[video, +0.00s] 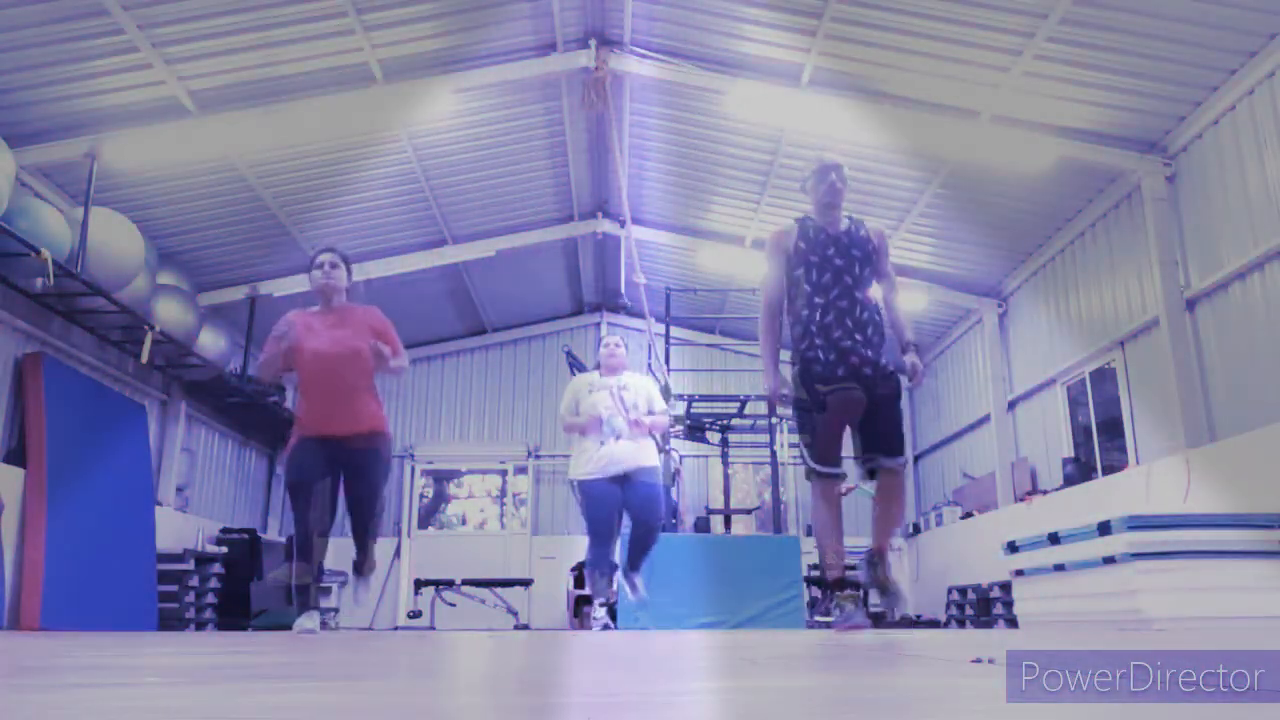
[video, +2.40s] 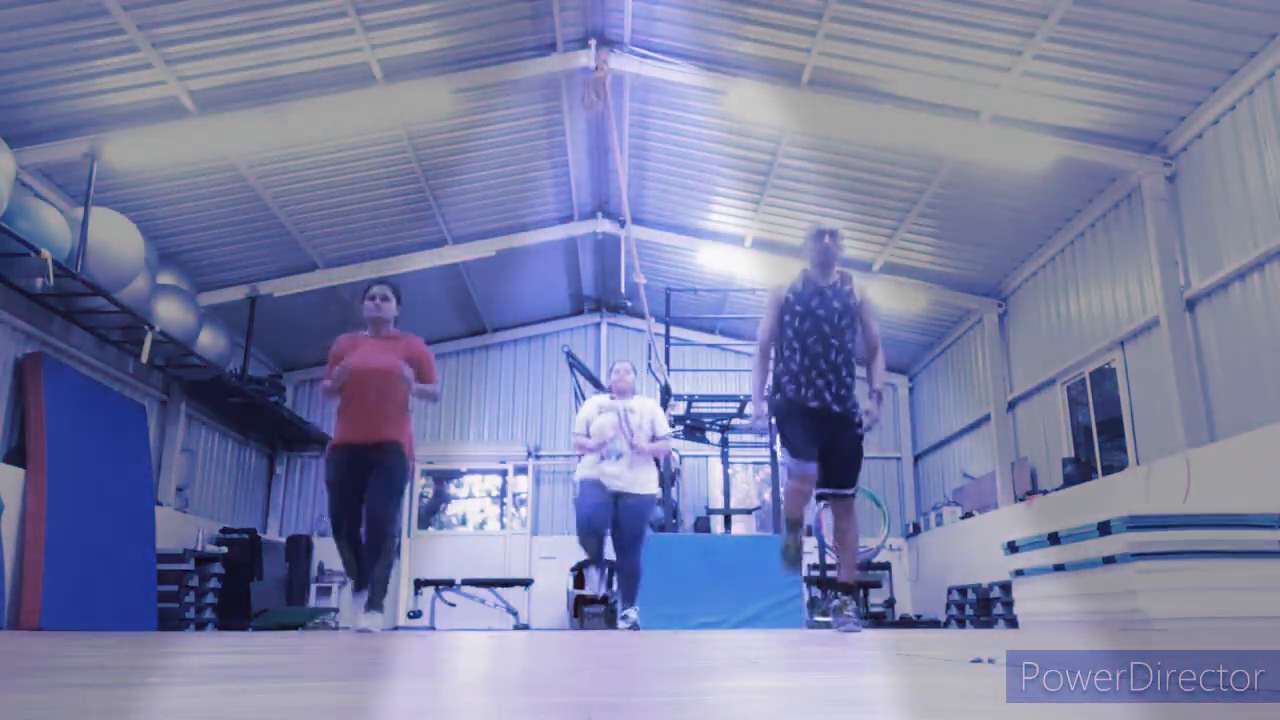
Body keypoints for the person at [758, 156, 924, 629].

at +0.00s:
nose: (833, 183)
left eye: (839, 178)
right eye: (824, 178)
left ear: (847, 188)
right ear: (808, 189)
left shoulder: (871, 237)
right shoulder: (787, 238)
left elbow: (891, 298)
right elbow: (771, 307)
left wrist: (907, 345)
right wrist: (771, 371)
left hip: (875, 361)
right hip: (818, 363)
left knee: (891, 468)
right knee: (827, 479)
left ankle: (879, 562)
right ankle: (838, 592)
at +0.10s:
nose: (832, 203)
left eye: (838, 196)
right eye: (823, 196)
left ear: (846, 205)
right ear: (807, 205)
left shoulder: (867, 253)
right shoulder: (790, 254)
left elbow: (885, 316)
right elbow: (773, 323)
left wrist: (908, 374)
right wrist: (776, 386)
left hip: (873, 373)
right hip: (820, 377)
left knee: (898, 444)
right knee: (830, 491)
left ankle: (872, 499)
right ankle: (835, 599)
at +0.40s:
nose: (835, 196)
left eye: (842, 191)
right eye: (827, 191)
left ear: (851, 203)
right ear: (813, 204)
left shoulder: (873, 253)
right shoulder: (791, 251)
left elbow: (893, 309)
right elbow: (767, 313)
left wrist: (906, 361)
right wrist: (782, 359)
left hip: (864, 373)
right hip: (809, 375)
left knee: (877, 445)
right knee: (815, 488)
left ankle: (873, 552)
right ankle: (826, 591)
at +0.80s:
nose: (839, 213)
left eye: (846, 207)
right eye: (832, 207)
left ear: (856, 217)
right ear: (819, 217)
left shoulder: (874, 266)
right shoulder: (797, 264)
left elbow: (894, 323)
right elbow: (773, 323)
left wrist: (894, 371)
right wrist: (771, 381)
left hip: (856, 390)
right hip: (803, 390)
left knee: (859, 491)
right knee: (804, 484)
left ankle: (860, 594)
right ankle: (802, 571)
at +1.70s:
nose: (805, 260)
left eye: (810, 254)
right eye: (799, 253)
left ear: (818, 259)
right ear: (788, 259)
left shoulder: (839, 306)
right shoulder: (768, 301)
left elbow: (863, 362)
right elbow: (753, 357)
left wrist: (878, 410)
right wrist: (757, 408)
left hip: (839, 407)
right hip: (793, 411)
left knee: (855, 451)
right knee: (801, 509)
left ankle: (844, 519)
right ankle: (806, 598)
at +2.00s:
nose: (813, 249)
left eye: (819, 243)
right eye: (806, 243)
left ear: (826, 252)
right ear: (794, 251)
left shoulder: (842, 297)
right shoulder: (772, 295)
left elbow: (863, 349)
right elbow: (751, 347)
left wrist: (871, 395)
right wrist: (766, 387)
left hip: (839, 404)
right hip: (790, 406)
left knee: (851, 475)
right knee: (795, 499)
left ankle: (849, 578)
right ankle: (800, 594)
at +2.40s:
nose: (826, 244)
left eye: (832, 239)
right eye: (819, 238)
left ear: (841, 249)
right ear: (806, 248)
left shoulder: (855, 296)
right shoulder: (784, 295)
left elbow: (875, 349)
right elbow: (763, 347)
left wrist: (876, 396)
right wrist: (759, 398)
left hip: (841, 404)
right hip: (793, 400)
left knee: (843, 500)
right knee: (803, 469)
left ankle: (846, 597)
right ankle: (794, 533)